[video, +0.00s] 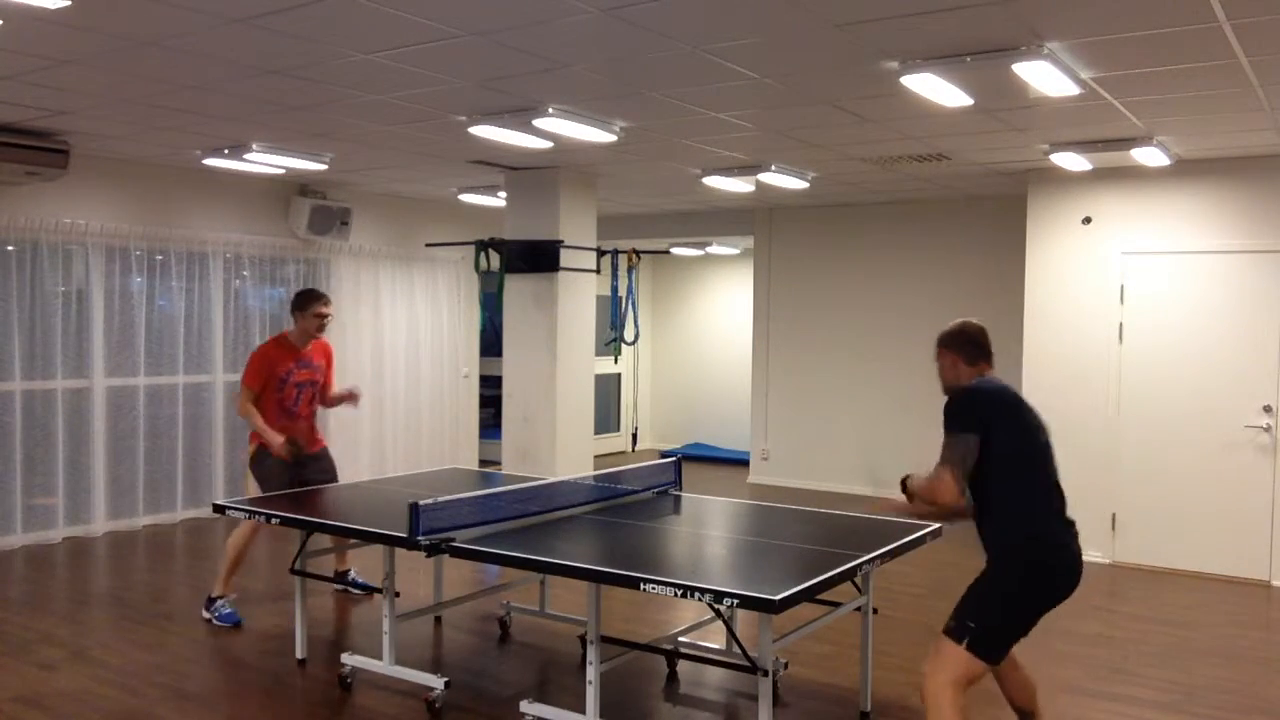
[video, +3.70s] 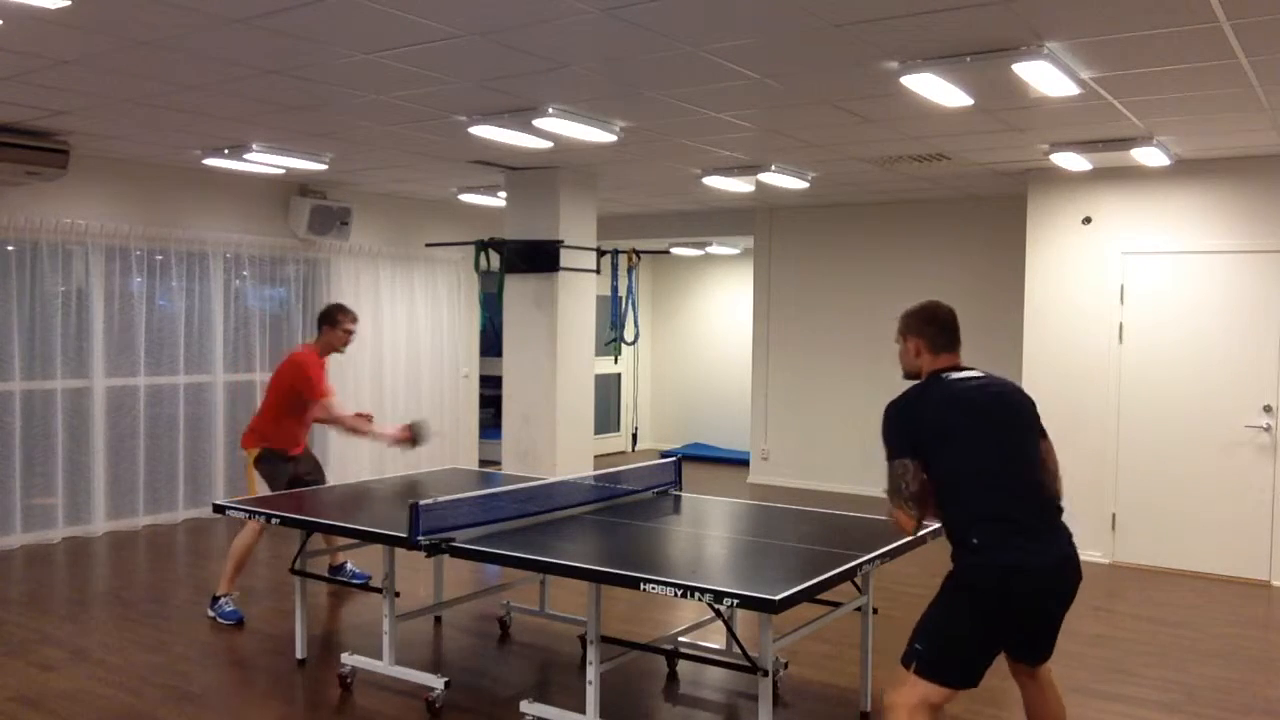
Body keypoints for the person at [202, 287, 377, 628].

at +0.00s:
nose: (325, 323)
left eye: (328, 317)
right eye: (319, 317)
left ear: (327, 319)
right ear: (297, 316)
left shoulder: (323, 351)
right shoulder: (267, 354)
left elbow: (323, 398)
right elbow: (244, 403)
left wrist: (341, 397)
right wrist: (270, 435)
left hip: (311, 447)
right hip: (272, 450)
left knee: (337, 509)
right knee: (258, 517)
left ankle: (342, 572)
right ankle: (217, 597)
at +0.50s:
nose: (320, 337)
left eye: (322, 331)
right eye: (316, 331)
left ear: (319, 331)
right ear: (295, 327)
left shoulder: (311, 358)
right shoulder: (264, 364)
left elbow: (309, 400)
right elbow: (262, 422)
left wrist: (345, 420)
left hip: (301, 451)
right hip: (262, 453)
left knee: (334, 502)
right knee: (263, 508)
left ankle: (358, 565)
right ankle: (221, 597)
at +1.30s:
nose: (321, 307)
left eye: (325, 302)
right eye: (315, 301)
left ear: (327, 305)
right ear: (298, 302)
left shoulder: (324, 338)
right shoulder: (275, 341)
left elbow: (321, 384)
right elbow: (258, 392)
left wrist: (347, 420)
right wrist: (271, 432)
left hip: (309, 440)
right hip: (271, 439)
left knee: (316, 504)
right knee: (252, 507)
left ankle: (323, 563)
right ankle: (241, 576)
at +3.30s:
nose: (311, 323)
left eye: (315, 317)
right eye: (305, 317)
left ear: (316, 318)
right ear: (285, 317)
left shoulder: (317, 351)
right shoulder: (258, 355)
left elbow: (317, 395)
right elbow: (237, 405)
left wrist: (333, 419)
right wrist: (247, 447)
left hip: (305, 448)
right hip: (266, 450)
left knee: (328, 506)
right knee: (251, 515)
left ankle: (338, 566)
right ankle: (222, 594)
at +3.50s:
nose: (327, 333)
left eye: (329, 327)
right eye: (322, 327)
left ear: (322, 328)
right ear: (301, 326)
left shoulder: (318, 359)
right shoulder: (270, 362)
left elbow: (312, 404)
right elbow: (248, 413)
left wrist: (338, 423)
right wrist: (277, 455)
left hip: (299, 448)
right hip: (263, 450)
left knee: (328, 501)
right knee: (259, 515)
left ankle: (337, 565)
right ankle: (222, 595)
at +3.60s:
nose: (338, 337)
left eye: (340, 331)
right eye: (333, 330)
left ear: (324, 332)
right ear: (312, 328)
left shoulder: (319, 362)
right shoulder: (285, 363)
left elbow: (310, 409)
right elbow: (282, 420)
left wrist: (341, 422)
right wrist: (323, 451)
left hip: (296, 447)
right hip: (264, 448)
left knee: (327, 502)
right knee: (262, 514)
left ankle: (337, 566)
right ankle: (222, 596)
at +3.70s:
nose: (351, 338)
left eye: (353, 333)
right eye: (347, 332)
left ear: (335, 333)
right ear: (328, 329)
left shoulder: (317, 362)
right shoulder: (304, 362)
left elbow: (309, 412)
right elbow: (330, 414)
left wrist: (347, 418)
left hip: (296, 448)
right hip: (266, 450)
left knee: (326, 504)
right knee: (259, 519)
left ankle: (337, 566)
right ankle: (221, 596)